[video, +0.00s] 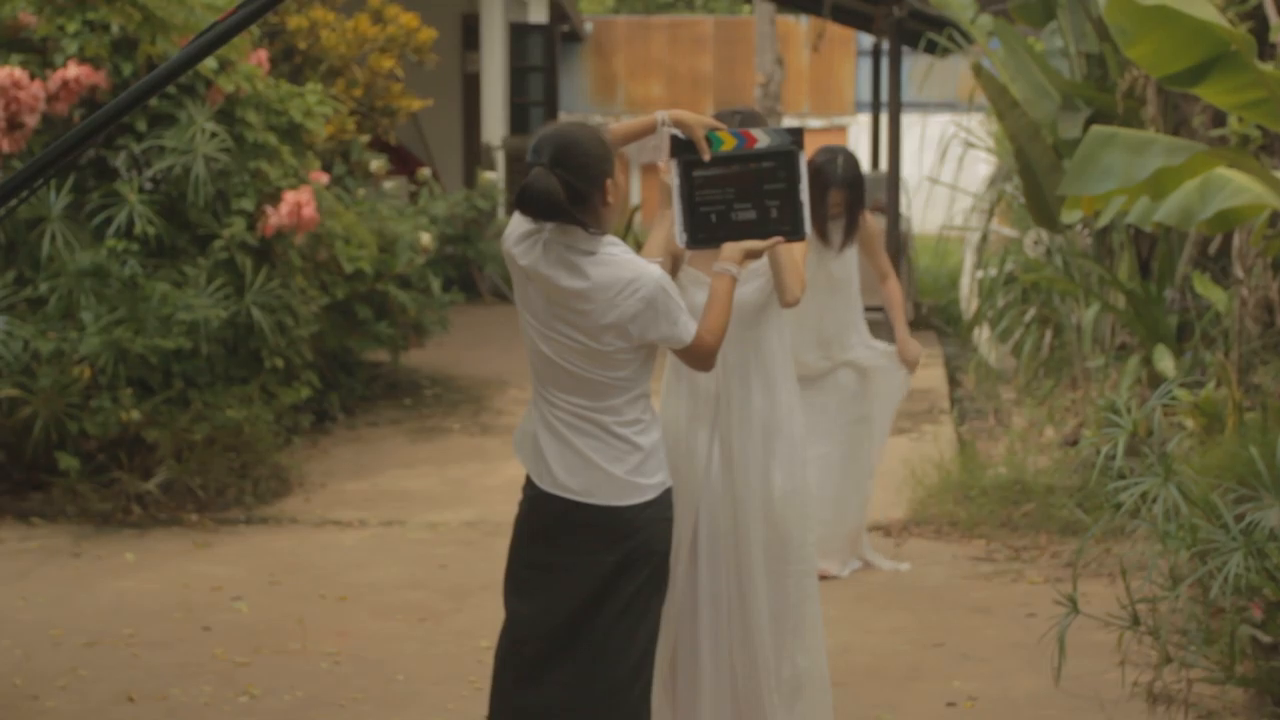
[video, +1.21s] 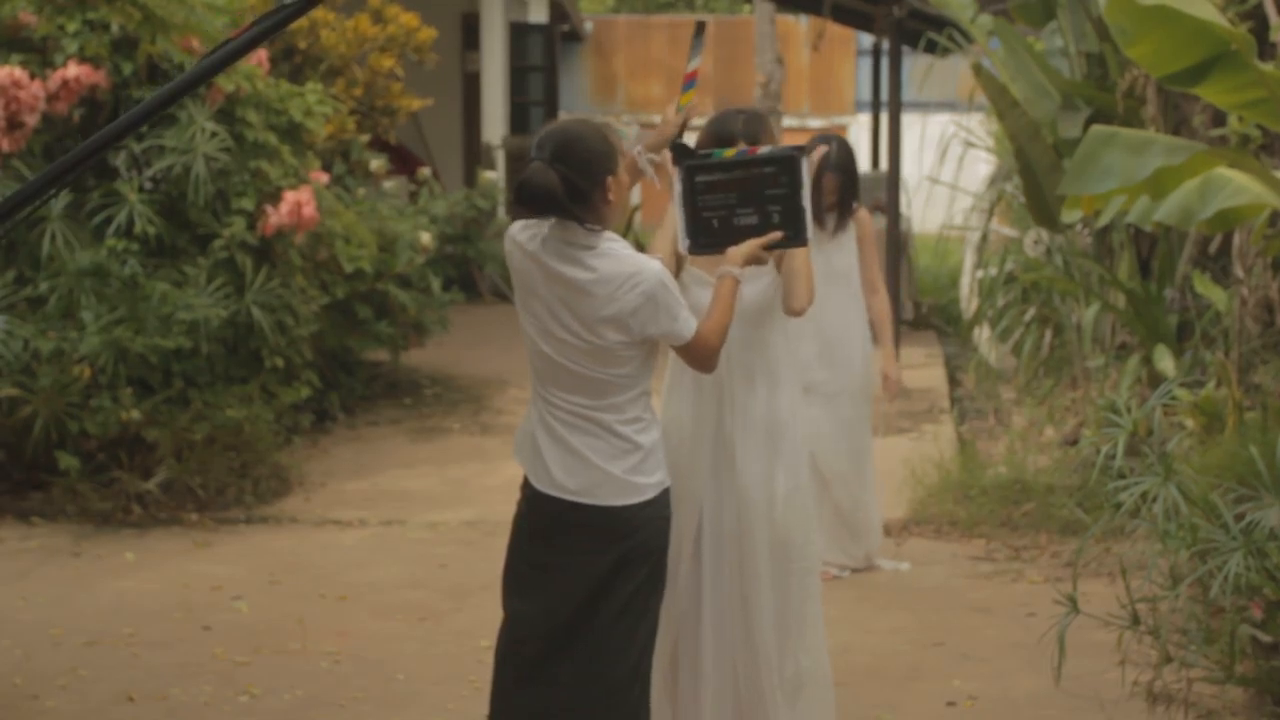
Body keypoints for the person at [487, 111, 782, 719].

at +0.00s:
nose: (625, 181)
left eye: (619, 170)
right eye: (620, 172)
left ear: (548, 181)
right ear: (608, 188)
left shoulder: (523, 243)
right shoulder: (635, 281)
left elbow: (563, 155)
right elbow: (701, 352)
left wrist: (659, 121)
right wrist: (727, 266)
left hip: (551, 488)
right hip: (629, 496)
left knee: (526, 654)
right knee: (618, 666)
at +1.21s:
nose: (631, 177)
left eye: (628, 166)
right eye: (625, 169)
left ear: (553, 181)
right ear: (607, 188)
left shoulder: (522, 242)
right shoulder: (638, 277)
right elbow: (702, 353)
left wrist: (640, 150)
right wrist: (733, 269)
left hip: (548, 488)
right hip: (626, 496)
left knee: (526, 655)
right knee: (616, 666)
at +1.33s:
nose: (632, 180)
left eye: (631, 168)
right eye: (625, 171)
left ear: (552, 179)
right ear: (602, 190)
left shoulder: (516, 242)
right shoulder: (631, 274)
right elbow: (698, 351)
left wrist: (654, 187)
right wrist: (726, 266)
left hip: (545, 488)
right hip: (623, 495)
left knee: (530, 662)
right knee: (615, 668)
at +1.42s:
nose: (632, 180)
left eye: (633, 168)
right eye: (624, 171)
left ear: (553, 181)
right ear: (591, 187)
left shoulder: (510, 237)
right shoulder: (621, 270)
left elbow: (557, 198)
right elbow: (688, 355)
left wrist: (631, 156)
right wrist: (722, 274)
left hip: (541, 485)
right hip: (618, 492)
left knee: (535, 660)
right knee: (616, 663)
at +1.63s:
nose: (622, 203)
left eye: (623, 187)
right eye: (609, 190)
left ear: (555, 192)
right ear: (559, 195)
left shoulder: (510, 230)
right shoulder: (584, 266)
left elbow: (598, 246)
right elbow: (648, 379)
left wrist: (636, 209)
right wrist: (704, 307)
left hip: (514, 477)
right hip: (573, 487)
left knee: (548, 652)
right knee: (616, 661)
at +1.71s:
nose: (618, 205)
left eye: (621, 189)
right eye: (603, 192)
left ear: (549, 198)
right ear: (553, 196)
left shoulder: (520, 236)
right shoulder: (571, 264)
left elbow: (559, 320)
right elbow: (619, 392)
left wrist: (627, 270)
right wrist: (691, 331)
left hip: (508, 478)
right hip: (551, 488)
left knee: (540, 664)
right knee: (589, 666)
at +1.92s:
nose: (602, 209)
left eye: (609, 192)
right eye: (583, 197)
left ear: (621, 187)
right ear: (540, 201)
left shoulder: (584, 261)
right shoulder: (536, 269)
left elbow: (572, 367)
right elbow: (527, 404)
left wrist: (641, 360)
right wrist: (626, 391)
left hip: (536, 493)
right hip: (500, 494)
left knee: (575, 680)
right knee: (530, 682)